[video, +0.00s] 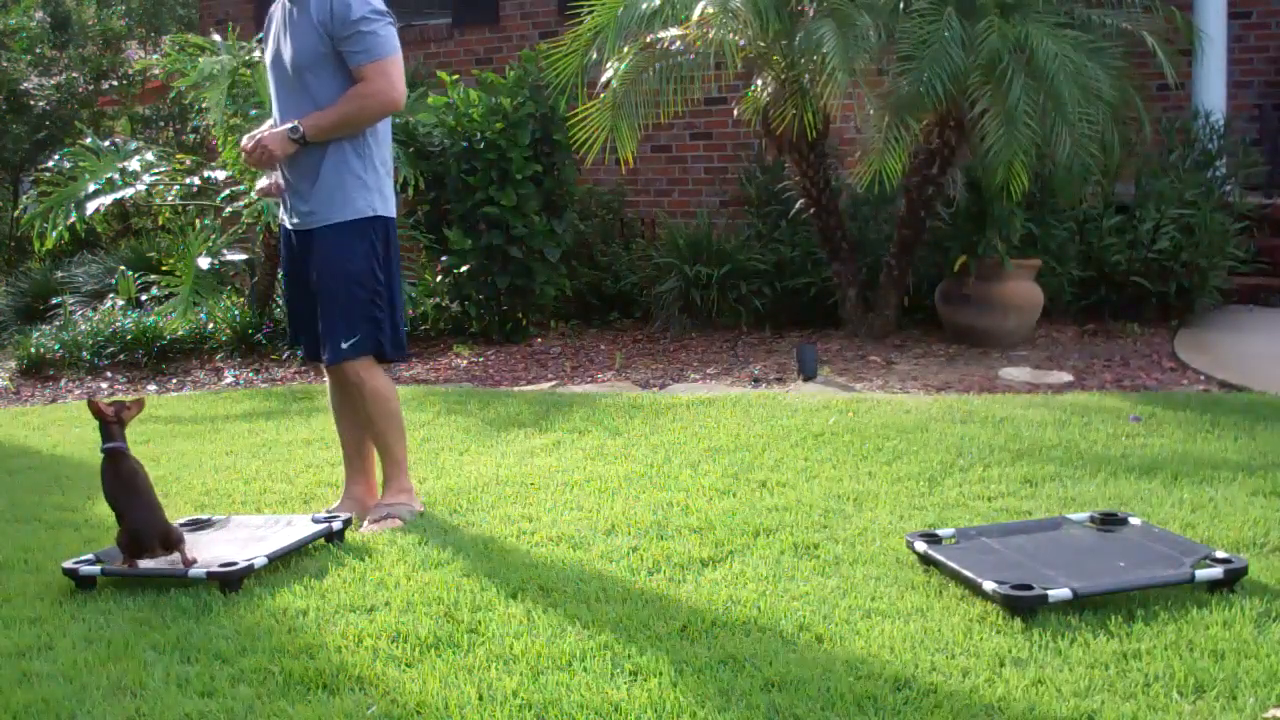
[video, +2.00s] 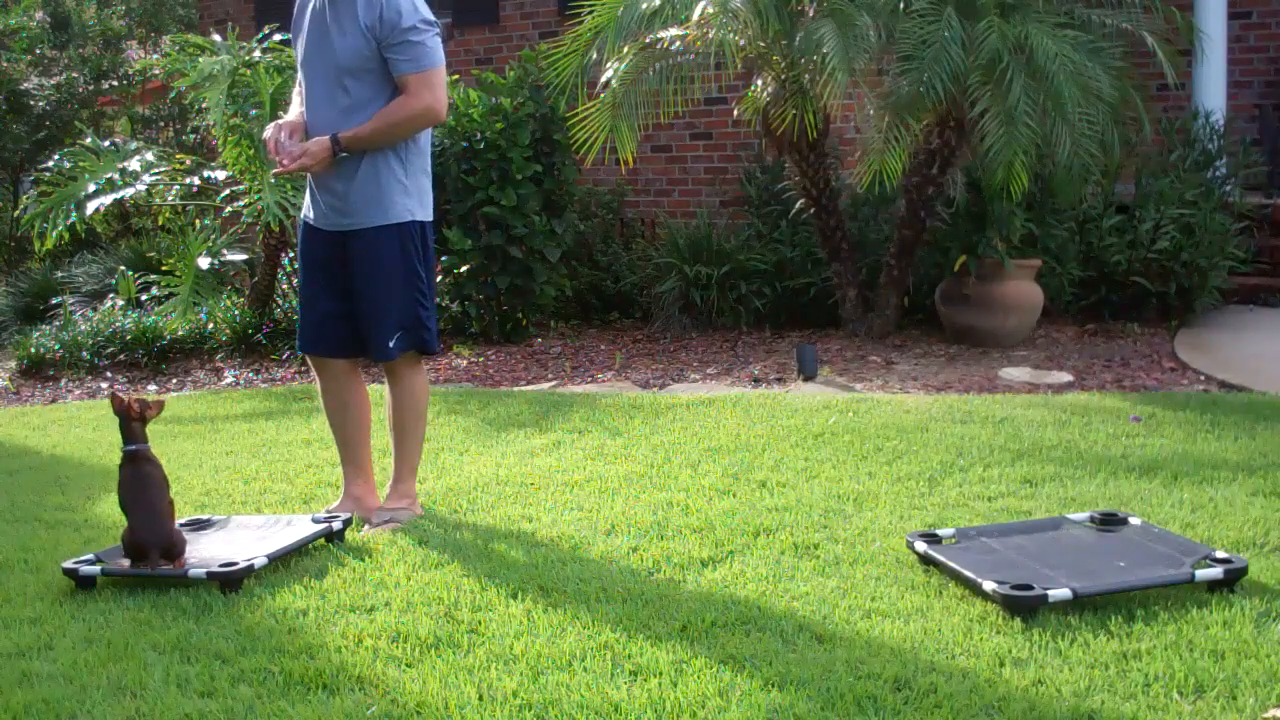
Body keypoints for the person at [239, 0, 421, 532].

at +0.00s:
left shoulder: (345, 2)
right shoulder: (282, 13)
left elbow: (387, 91)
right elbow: (310, 105)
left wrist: (294, 132)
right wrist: (287, 169)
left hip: (351, 206)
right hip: (308, 210)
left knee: (354, 354)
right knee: (335, 358)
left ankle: (401, 492)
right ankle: (360, 494)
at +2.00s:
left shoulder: (394, 5)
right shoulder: (308, 7)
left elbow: (430, 102)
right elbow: (310, 78)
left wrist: (337, 145)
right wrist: (295, 118)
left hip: (391, 204)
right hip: (325, 205)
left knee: (403, 351)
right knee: (329, 350)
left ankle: (403, 495)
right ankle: (358, 492)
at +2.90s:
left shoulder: (400, 8)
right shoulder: (264, 13)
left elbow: (441, 101)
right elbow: (247, 99)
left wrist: (364, 149)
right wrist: (232, 173)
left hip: (387, 206)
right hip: (305, 207)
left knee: (396, 356)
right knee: (300, 355)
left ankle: (405, 496)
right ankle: (287, 498)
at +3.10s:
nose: (291, 3)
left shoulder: (382, 14)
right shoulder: (240, 37)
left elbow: (416, 97)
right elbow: (213, 147)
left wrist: (380, 153)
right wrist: (227, 251)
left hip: (371, 217)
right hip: (289, 223)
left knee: (386, 359)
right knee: (293, 366)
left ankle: (402, 496)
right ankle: (286, 514)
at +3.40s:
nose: (320, 80)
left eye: (333, 67)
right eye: (308, 67)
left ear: (354, 40)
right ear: (288, 34)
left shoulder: (375, 49)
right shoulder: (252, 85)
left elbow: (373, 114)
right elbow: (234, 220)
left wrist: (369, 196)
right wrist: (236, 332)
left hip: (344, 223)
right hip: (271, 232)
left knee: (354, 352)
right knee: (278, 369)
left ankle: (345, 499)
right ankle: (285, 510)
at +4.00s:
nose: (380, 116)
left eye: (394, 107)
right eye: (368, 103)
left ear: (412, 77)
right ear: (351, 70)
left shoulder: (405, 62)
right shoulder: (301, 114)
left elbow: (396, 116)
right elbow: (283, 248)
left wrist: (409, 186)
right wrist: (283, 359)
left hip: (347, 210)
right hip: (275, 225)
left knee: (407, 321)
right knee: (288, 375)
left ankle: (411, 486)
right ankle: (285, 516)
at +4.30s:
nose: (460, 125)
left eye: (474, 116)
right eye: (449, 111)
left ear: (495, 90)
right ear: (436, 74)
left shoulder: (488, 79)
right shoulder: (384, 119)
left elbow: (473, 130)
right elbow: (362, 254)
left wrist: (472, 204)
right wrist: (359, 366)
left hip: (421, 220)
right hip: (343, 227)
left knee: (464, 346)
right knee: (329, 378)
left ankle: (485, 506)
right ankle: (290, 509)